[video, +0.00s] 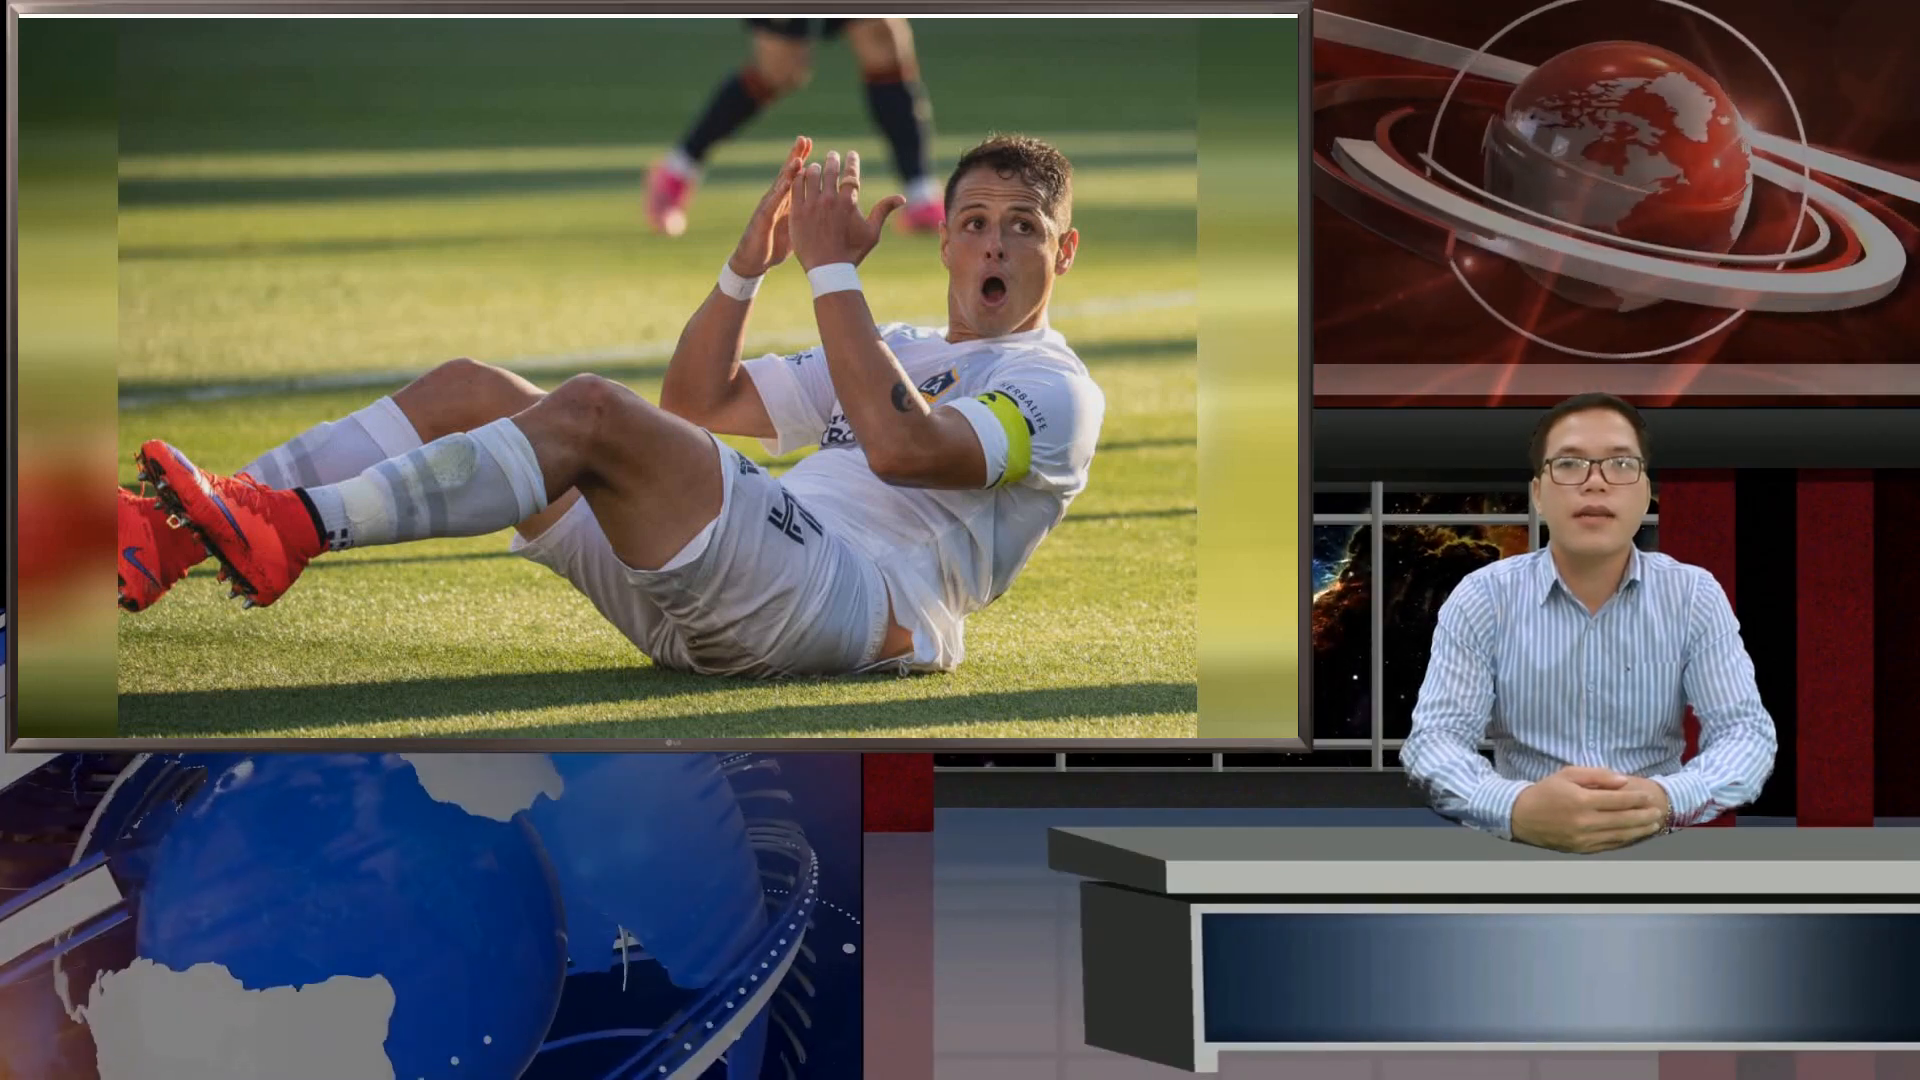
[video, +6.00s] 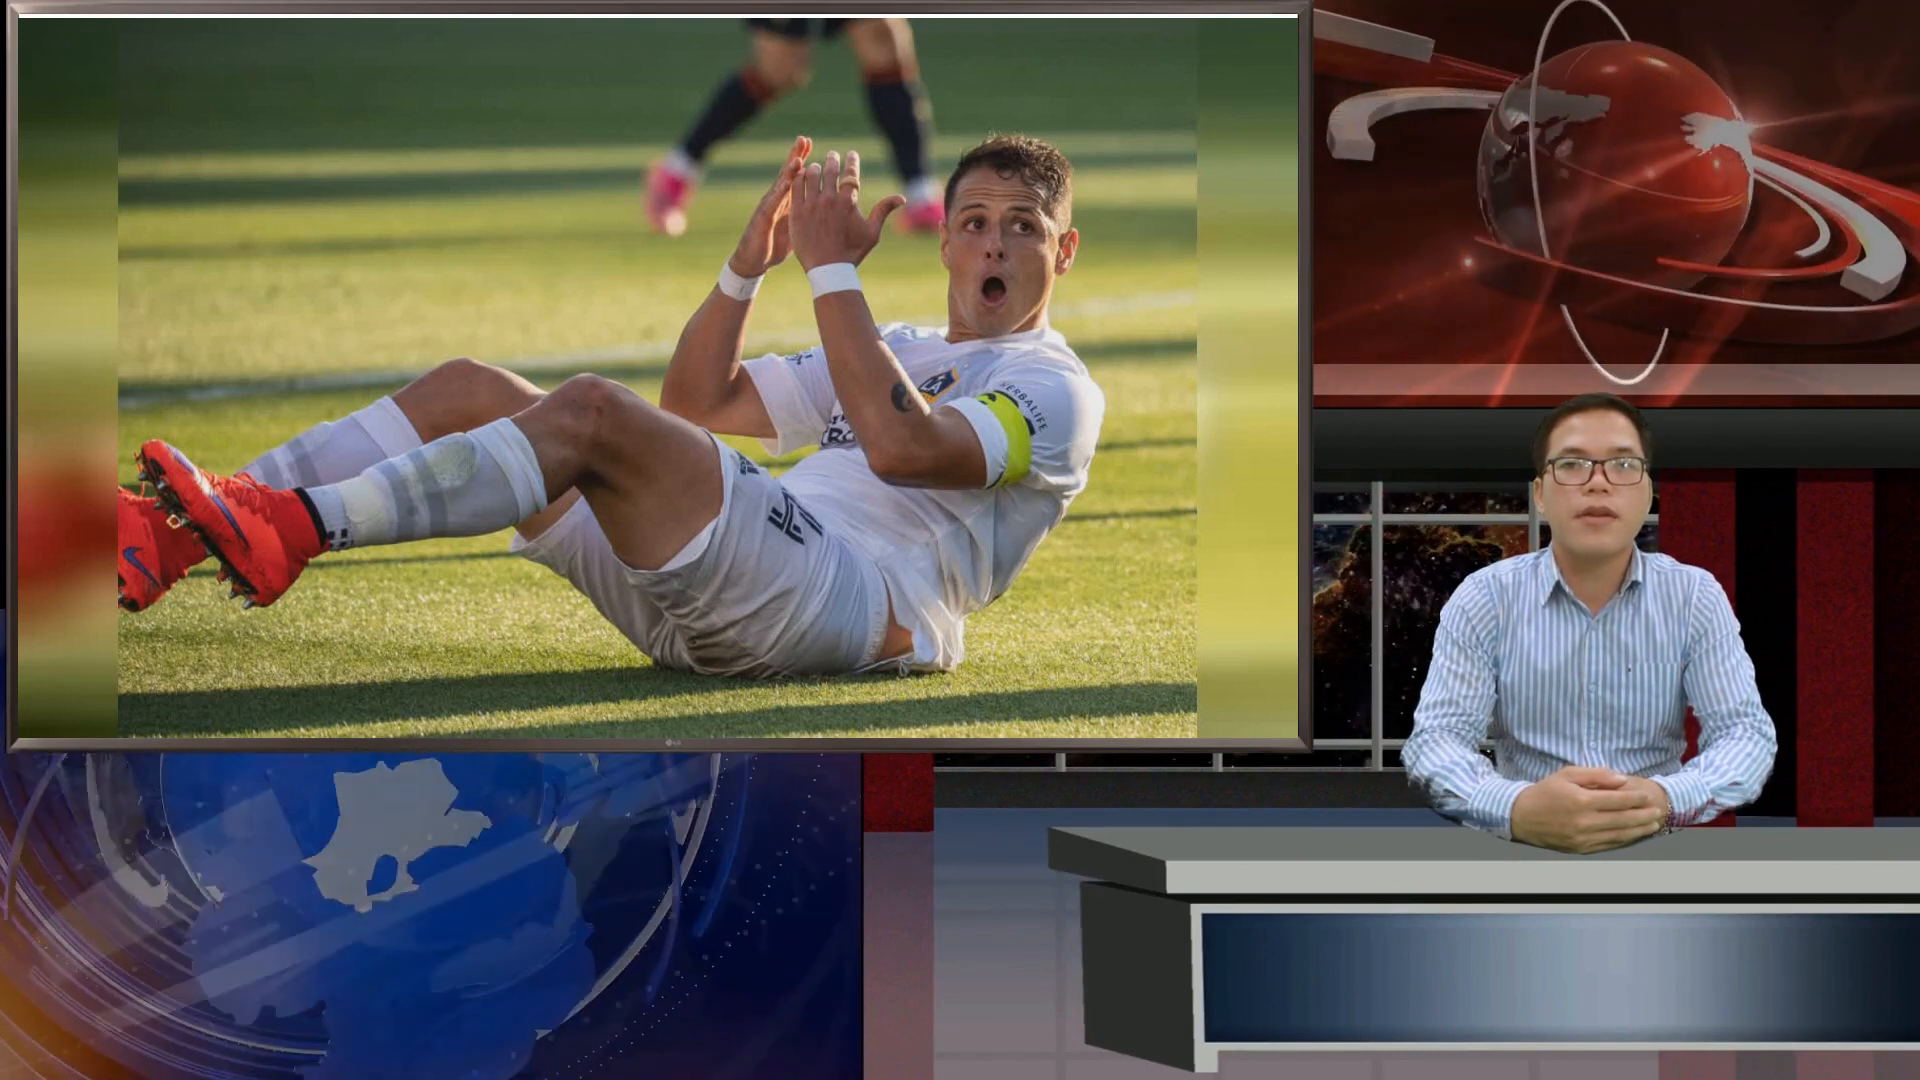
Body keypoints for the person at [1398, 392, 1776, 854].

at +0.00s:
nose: (1595, 482)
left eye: (1619, 464)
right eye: (1569, 464)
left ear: (1646, 494)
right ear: (1538, 495)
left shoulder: (1690, 598)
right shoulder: (1484, 601)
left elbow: (1745, 735)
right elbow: (1432, 745)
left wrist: (1667, 800)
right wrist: (1514, 809)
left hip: (1657, 853)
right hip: (1521, 857)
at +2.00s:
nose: (1596, 483)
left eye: (1620, 465)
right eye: (1570, 464)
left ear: (1646, 494)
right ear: (1539, 496)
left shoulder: (1690, 598)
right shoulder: (1484, 601)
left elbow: (1745, 735)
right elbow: (1433, 745)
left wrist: (1667, 799)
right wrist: (1515, 809)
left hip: (1656, 853)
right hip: (1520, 857)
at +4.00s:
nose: (1597, 483)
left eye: (1621, 464)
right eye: (1571, 464)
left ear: (1647, 495)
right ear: (1539, 496)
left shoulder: (1691, 598)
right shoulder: (1485, 600)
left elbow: (1745, 735)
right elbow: (1434, 744)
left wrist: (1667, 799)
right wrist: (1514, 809)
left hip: (1656, 853)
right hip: (1520, 857)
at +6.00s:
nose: (1598, 483)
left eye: (1621, 465)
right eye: (1572, 465)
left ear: (1648, 495)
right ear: (1540, 496)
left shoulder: (1691, 599)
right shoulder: (1485, 601)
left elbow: (1745, 736)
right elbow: (1434, 744)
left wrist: (1666, 799)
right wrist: (1515, 810)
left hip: (1656, 853)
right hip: (1521, 856)